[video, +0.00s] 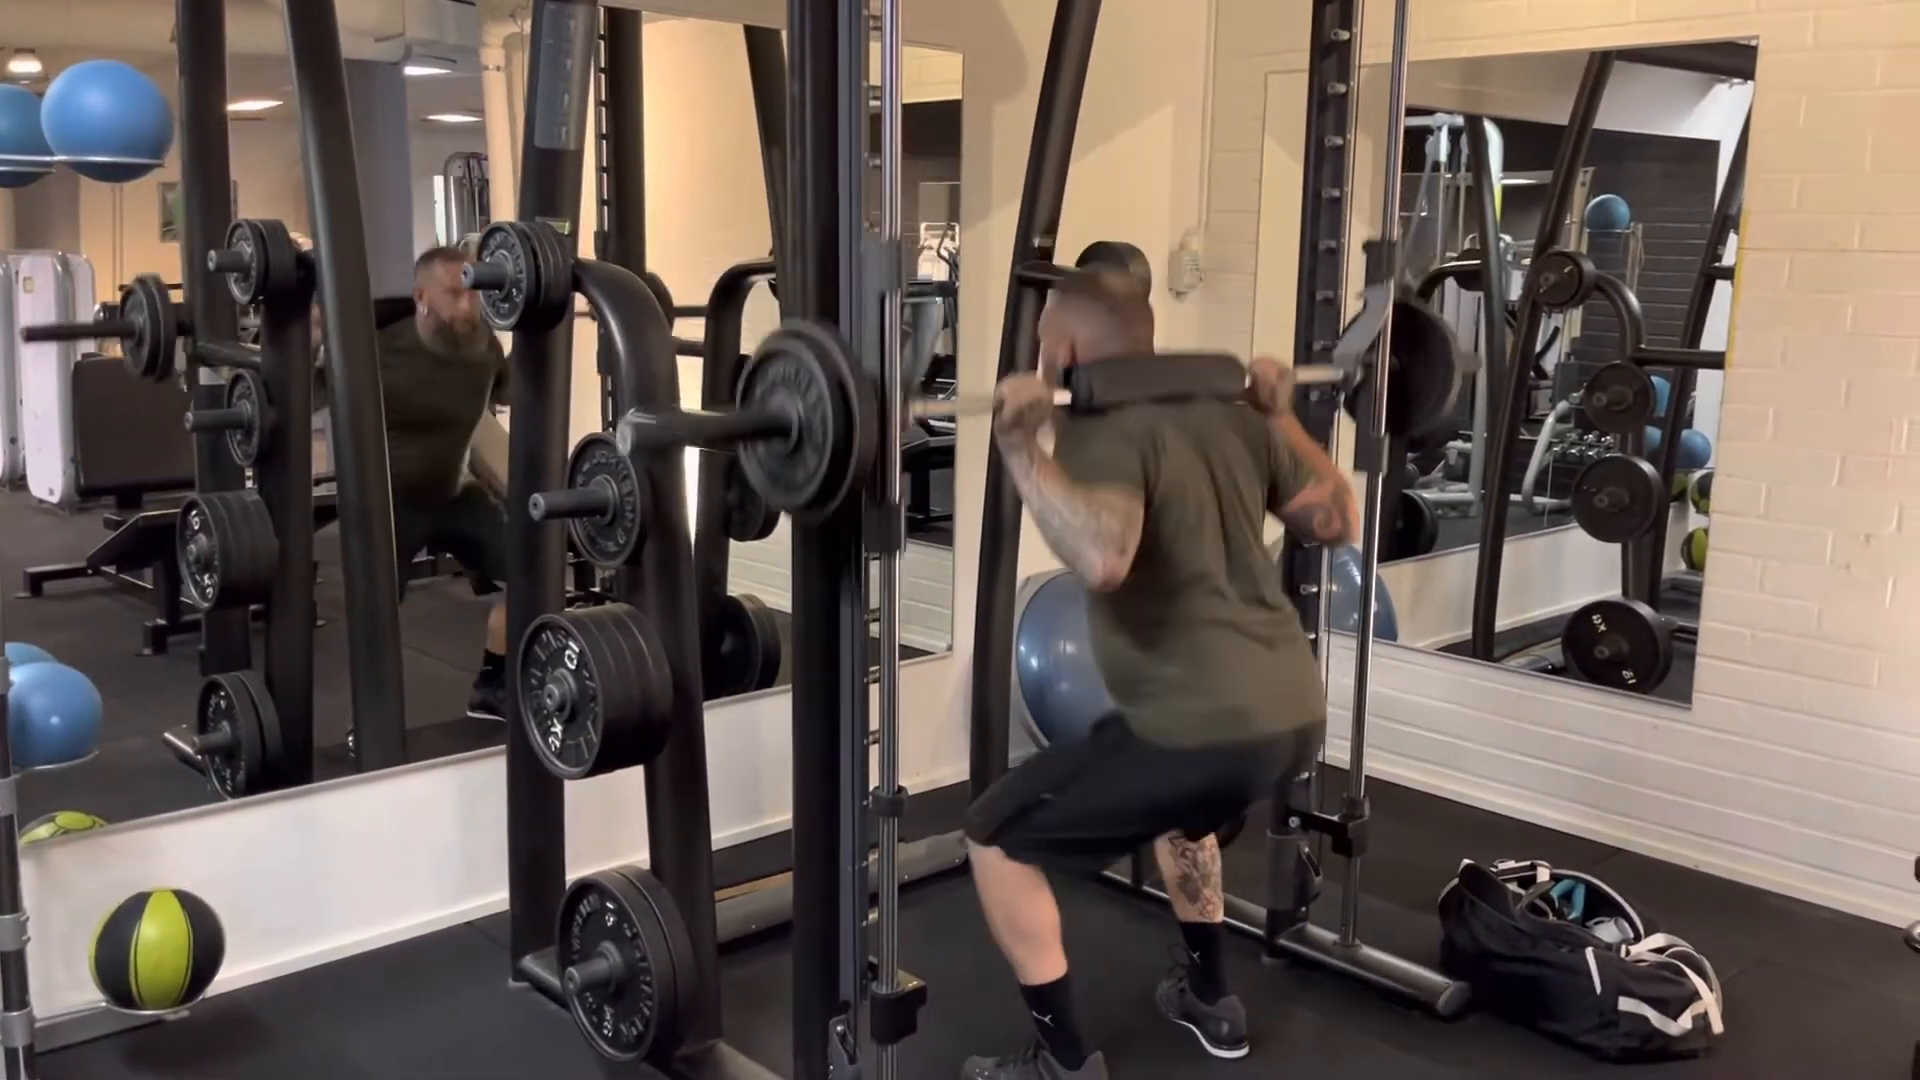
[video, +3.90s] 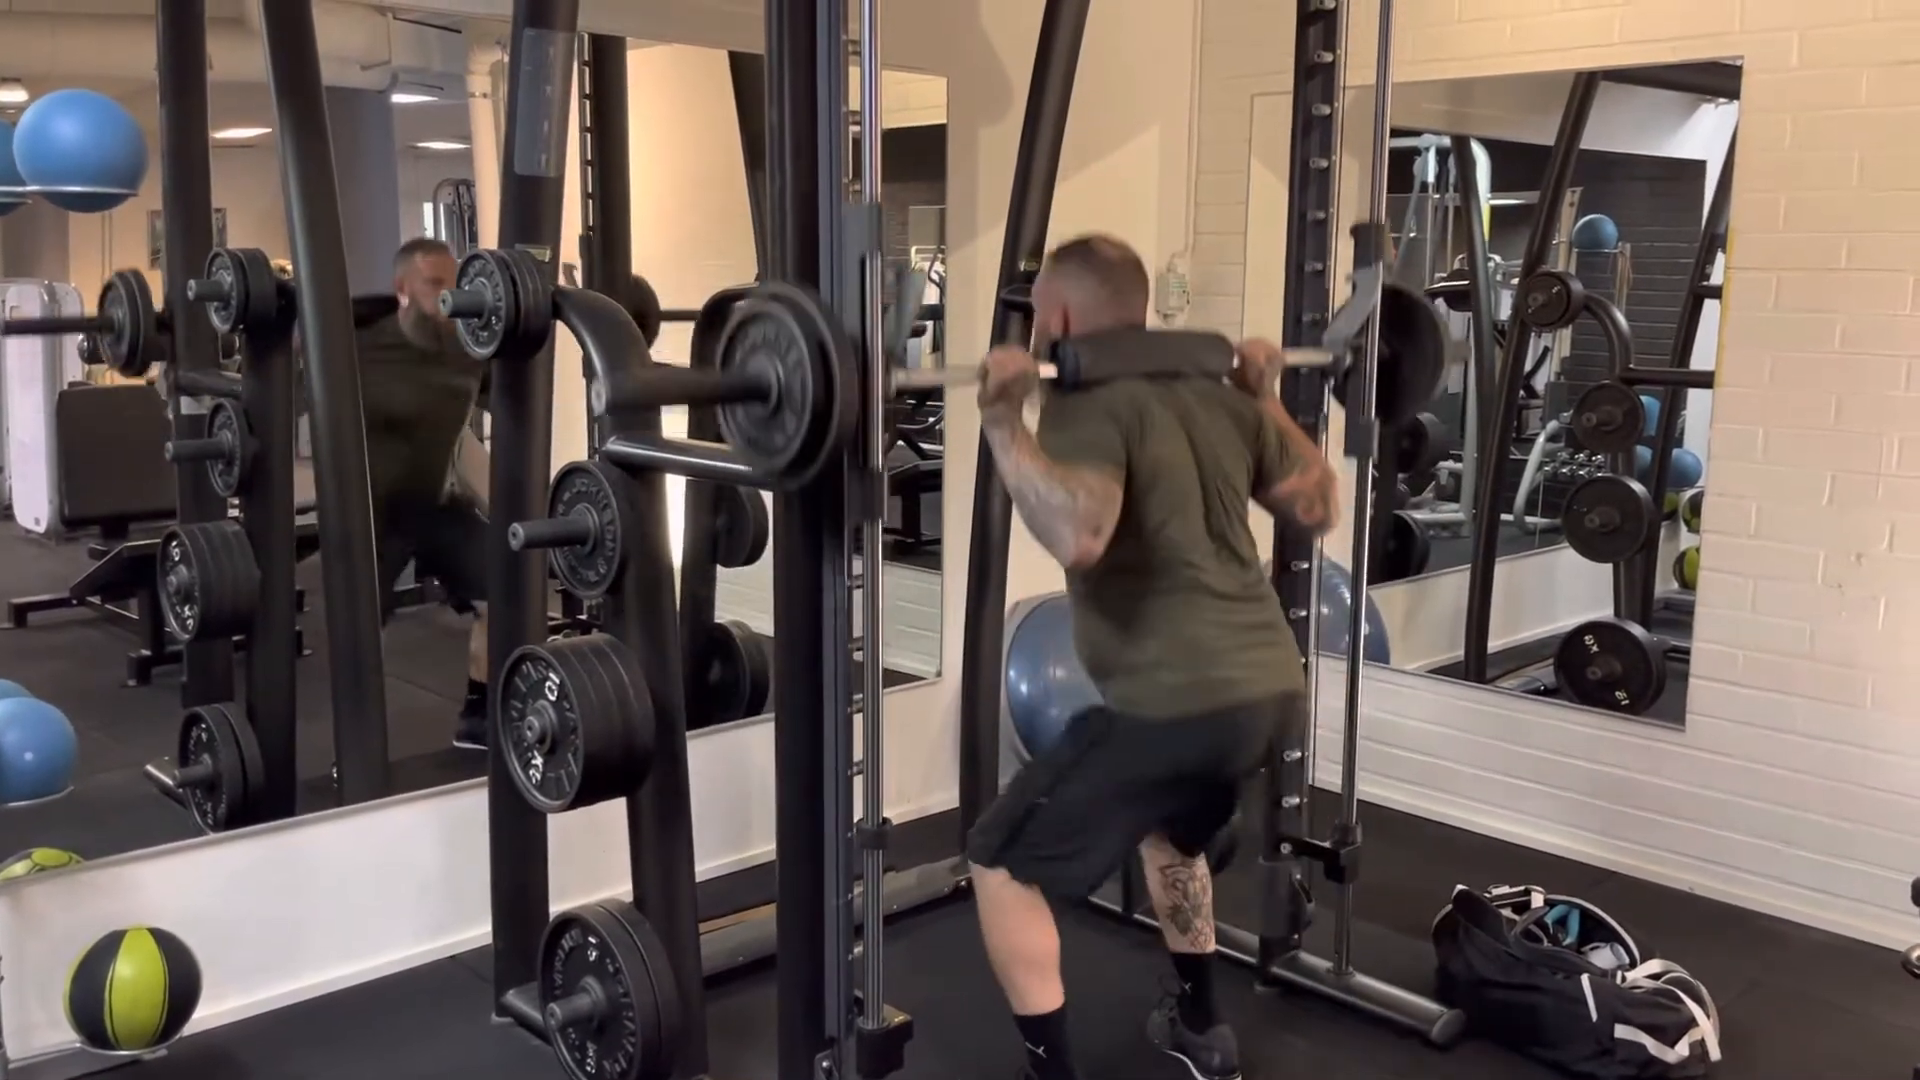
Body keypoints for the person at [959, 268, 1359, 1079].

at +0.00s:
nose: (1043, 347)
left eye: (1047, 330)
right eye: (1046, 328)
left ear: (1071, 337)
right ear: (1140, 333)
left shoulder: (1106, 423)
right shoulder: (1233, 412)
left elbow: (1102, 556)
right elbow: (1337, 517)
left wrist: (1023, 451)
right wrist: (1279, 413)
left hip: (1193, 733)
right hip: (1292, 719)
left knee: (996, 834)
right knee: (1178, 813)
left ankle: (1062, 1050)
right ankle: (1213, 998)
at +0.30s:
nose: (1037, 499)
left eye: (1038, 483)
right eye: (1035, 482)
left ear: (1064, 494)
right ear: (1139, 479)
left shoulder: (1101, 571)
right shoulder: (1227, 554)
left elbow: (1100, 705)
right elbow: (1335, 648)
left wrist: (1015, 596)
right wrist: (1273, 544)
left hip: (1212, 871)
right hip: (1308, 853)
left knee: (982, 841)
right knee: (1165, 800)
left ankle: (1058, 1054)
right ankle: (1209, 996)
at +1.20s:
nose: (1041, 359)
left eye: (1044, 343)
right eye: (1043, 343)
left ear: (1065, 347)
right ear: (1140, 337)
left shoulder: (1097, 430)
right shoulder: (1225, 417)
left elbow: (1088, 562)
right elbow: (1328, 523)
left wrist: (1009, 451)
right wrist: (1270, 419)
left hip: (1193, 726)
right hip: (1292, 714)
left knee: (999, 844)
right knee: (1170, 815)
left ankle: (1054, 1060)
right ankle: (1205, 1010)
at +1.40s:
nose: (1044, 256)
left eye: (1046, 241)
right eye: (1045, 242)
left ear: (1069, 237)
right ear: (1146, 230)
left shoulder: (1101, 324)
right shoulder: (1230, 319)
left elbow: (1086, 452)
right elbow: (1318, 432)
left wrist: (1013, 338)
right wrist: (1275, 322)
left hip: (1164, 633)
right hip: (1264, 625)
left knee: (1039, 838)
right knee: (1191, 804)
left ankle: (1059, 1063)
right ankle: (1209, 1015)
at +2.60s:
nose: (1039, 356)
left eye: (1043, 339)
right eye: (1038, 340)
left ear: (1069, 339)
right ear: (1136, 329)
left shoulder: (1099, 415)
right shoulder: (1227, 407)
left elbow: (1095, 541)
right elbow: (1333, 513)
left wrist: (1008, 434)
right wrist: (1271, 409)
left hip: (1183, 722)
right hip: (1284, 708)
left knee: (1001, 861)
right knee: (1184, 834)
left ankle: (1057, 1065)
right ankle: (1210, 1020)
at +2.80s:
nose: (1030, 457)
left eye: (1033, 442)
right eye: (1029, 442)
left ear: (1057, 453)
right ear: (1135, 439)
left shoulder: (1098, 531)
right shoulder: (1230, 519)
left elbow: (1094, 658)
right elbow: (1336, 614)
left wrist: (1009, 553)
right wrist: (1270, 512)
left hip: (1198, 830)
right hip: (1297, 817)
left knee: (977, 864)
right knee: (1148, 817)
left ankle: (1055, 1065)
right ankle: (1207, 1018)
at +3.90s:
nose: (1037, 330)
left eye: (1041, 314)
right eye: (1039, 314)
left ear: (1064, 315)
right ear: (1138, 310)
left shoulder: (1090, 399)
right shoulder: (1218, 393)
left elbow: (1079, 533)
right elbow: (1320, 504)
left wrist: (1005, 426)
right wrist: (1267, 401)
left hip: (1170, 706)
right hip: (1265, 693)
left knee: (1002, 858)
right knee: (1172, 832)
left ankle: (1052, 1066)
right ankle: (1201, 1022)